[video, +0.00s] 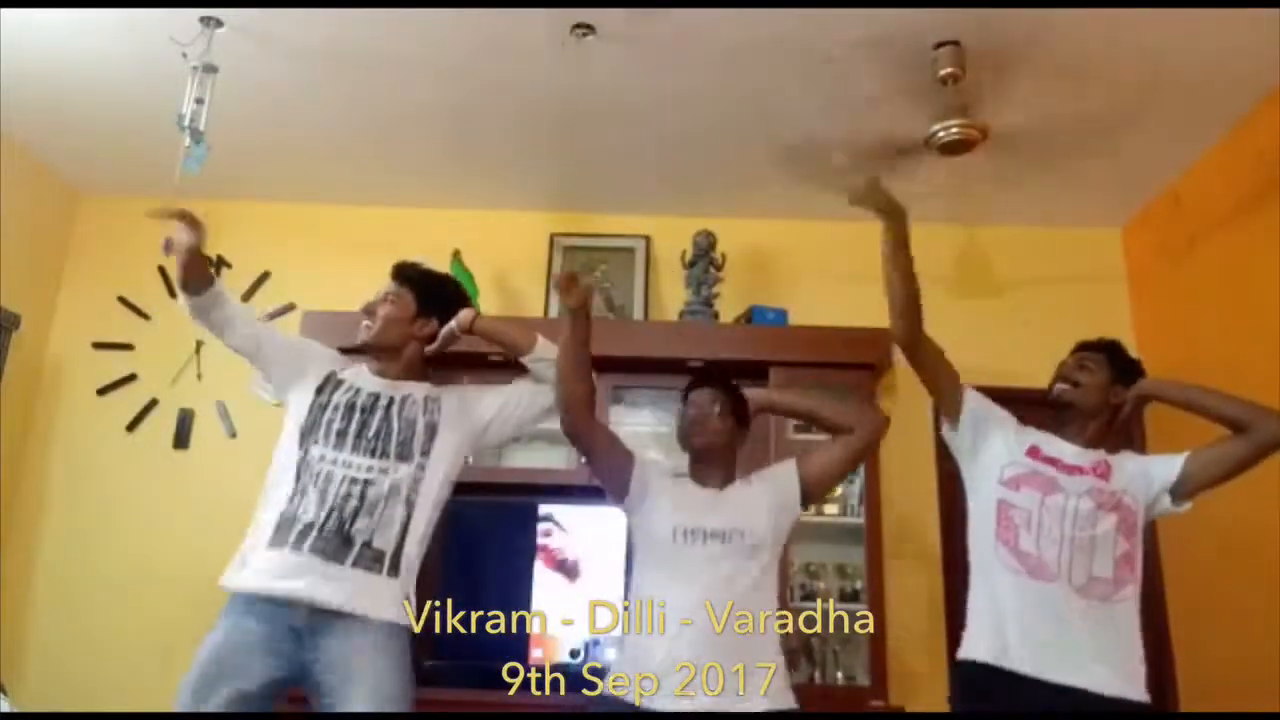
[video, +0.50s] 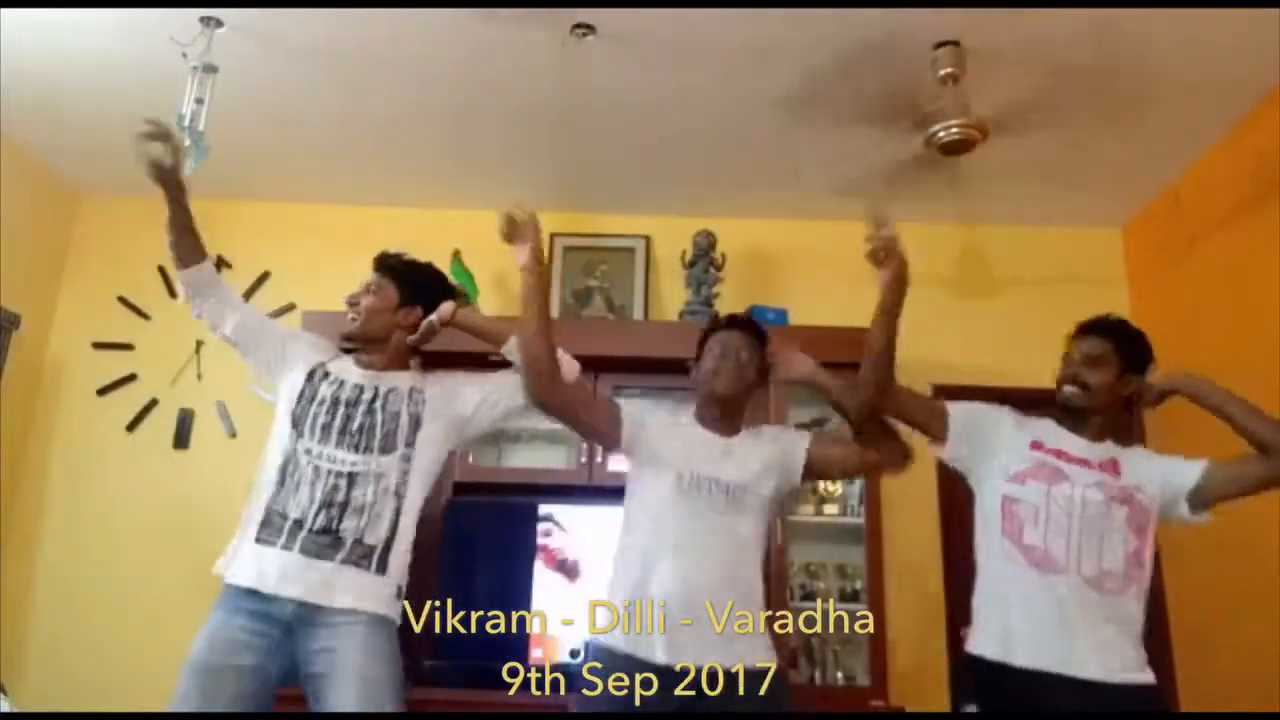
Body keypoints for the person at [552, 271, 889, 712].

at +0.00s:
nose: (698, 415)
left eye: (713, 408)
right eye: (689, 408)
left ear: (739, 424)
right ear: (678, 425)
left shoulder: (773, 493)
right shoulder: (647, 489)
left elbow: (869, 424)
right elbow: (578, 422)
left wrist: (765, 398)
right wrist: (577, 314)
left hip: (756, 701)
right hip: (651, 696)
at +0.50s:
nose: (722, 360)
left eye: (737, 354)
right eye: (714, 351)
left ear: (758, 376)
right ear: (694, 368)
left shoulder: (778, 449)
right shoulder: (646, 429)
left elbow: (889, 455)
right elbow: (545, 388)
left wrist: (818, 376)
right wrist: (532, 265)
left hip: (738, 677)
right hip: (630, 665)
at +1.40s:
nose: (833, 416)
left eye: (841, 404)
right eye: (827, 397)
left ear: (843, 399)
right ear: (780, 379)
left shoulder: (822, 476)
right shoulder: (714, 449)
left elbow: (857, 602)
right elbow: (680, 555)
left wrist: (950, 657)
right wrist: (581, 604)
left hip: (870, 689)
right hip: (778, 684)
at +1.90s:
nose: (767, 349)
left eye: (786, 339)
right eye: (756, 339)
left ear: (821, 368)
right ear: (739, 359)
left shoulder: (857, 462)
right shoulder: (704, 445)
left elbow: (871, 591)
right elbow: (659, 570)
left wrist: (876, 699)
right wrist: (669, 683)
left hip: (819, 697)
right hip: (711, 695)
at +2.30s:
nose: (651, 345)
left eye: (667, 333)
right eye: (654, 331)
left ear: (715, 345)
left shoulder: (773, 423)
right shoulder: (641, 430)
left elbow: (813, 552)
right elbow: (580, 543)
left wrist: (852, 581)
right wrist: (496, 598)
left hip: (712, 662)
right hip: (611, 655)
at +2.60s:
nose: (616, 317)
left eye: (633, 304)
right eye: (616, 305)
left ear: (683, 317)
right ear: (616, 316)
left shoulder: (734, 387)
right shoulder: (605, 405)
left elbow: (798, 505)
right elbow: (538, 511)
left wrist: (846, 505)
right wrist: (438, 548)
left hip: (700, 638)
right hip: (599, 637)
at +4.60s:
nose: (723, 353)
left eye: (739, 345)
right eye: (713, 341)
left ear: (759, 365)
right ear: (695, 353)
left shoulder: (785, 426)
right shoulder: (649, 409)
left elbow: (900, 410)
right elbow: (554, 350)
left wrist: (822, 350)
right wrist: (556, 228)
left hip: (755, 658)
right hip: (647, 651)